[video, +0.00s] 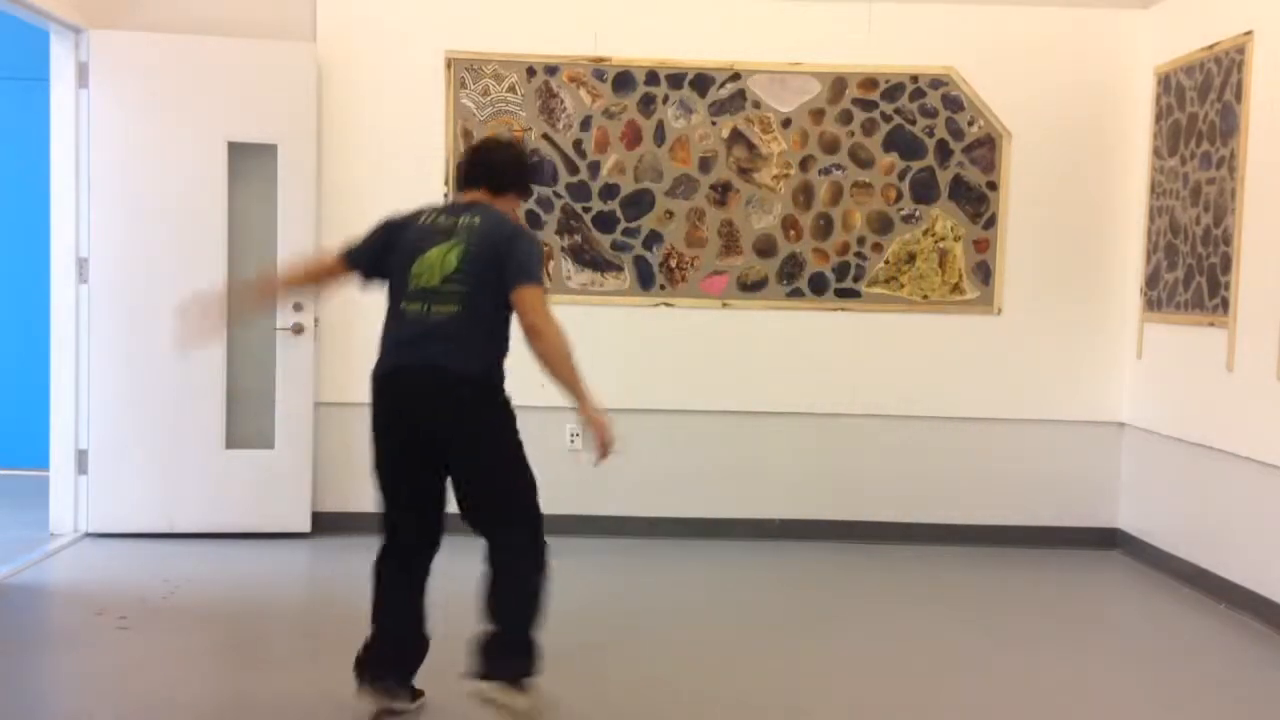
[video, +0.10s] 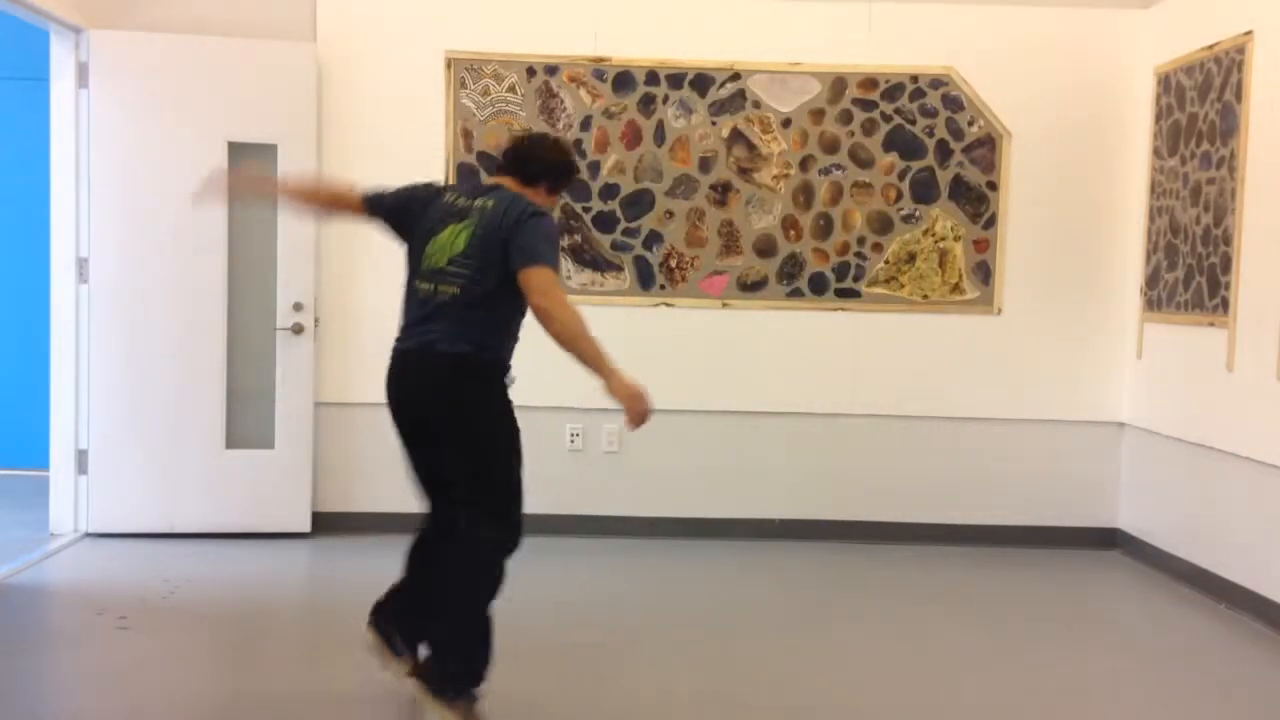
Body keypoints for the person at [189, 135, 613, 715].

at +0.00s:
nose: (522, 213)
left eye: (523, 203)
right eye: (521, 202)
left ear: (464, 185)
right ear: (506, 194)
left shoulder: (409, 226)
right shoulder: (510, 235)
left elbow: (323, 269)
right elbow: (535, 319)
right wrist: (586, 403)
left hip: (397, 396)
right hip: (469, 398)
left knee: (409, 531)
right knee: (516, 527)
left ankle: (387, 672)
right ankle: (506, 662)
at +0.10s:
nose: (555, 209)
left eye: (559, 199)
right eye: (557, 197)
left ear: (501, 173)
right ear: (540, 186)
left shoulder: (434, 201)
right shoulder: (529, 219)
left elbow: (345, 199)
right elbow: (543, 298)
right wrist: (612, 375)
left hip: (409, 381)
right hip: (469, 385)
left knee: (454, 510)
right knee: (492, 523)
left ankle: (400, 619)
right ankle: (452, 676)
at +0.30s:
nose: (609, 301)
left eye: (617, 293)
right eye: (615, 289)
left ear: (589, 255)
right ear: (599, 270)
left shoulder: (541, 268)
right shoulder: (549, 276)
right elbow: (516, 336)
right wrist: (536, 404)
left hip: (457, 426)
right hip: (439, 425)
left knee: (486, 540)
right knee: (470, 565)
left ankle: (490, 623)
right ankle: (401, 704)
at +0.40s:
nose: (648, 367)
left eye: (656, 361)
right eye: (653, 357)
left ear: (631, 324)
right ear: (640, 342)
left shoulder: (585, 345)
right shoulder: (564, 325)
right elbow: (471, 336)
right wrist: (416, 372)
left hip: (466, 441)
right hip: (423, 430)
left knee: (492, 542)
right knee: (426, 573)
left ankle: (484, 628)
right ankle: (399, 705)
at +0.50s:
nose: (667, 435)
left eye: (672, 429)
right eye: (665, 425)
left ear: (664, 415)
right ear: (639, 400)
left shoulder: (649, 419)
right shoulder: (571, 357)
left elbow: (692, 492)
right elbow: (471, 332)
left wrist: (740, 564)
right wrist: (384, 343)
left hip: (489, 433)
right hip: (435, 403)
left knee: (511, 527)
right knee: (396, 535)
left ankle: (485, 630)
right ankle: (349, 675)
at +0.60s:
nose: (662, 487)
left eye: (668, 481)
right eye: (659, 475)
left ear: (672, 472)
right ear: (632, 446)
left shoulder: (658, 475)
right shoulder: (577, 392)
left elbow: (673, 564)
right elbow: (481, 362)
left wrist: (685, 656)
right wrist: (386, 383)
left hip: (524, 449)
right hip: (465, 414)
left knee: (534, 544)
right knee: (392, 514)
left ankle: (489, 629)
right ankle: (306, 622)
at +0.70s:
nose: (641, 533)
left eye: (648, 528)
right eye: (638, 521)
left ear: (665, 515)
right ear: (613, 486)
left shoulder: (659, 507)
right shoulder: (561, 440)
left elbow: (660, 603)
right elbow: (467, 431)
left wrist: (658, 704)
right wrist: (387, 486)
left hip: (567, 415)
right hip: (506, 394)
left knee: (535, 546)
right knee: (409, 462)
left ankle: (492, 627)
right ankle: (354, 502)